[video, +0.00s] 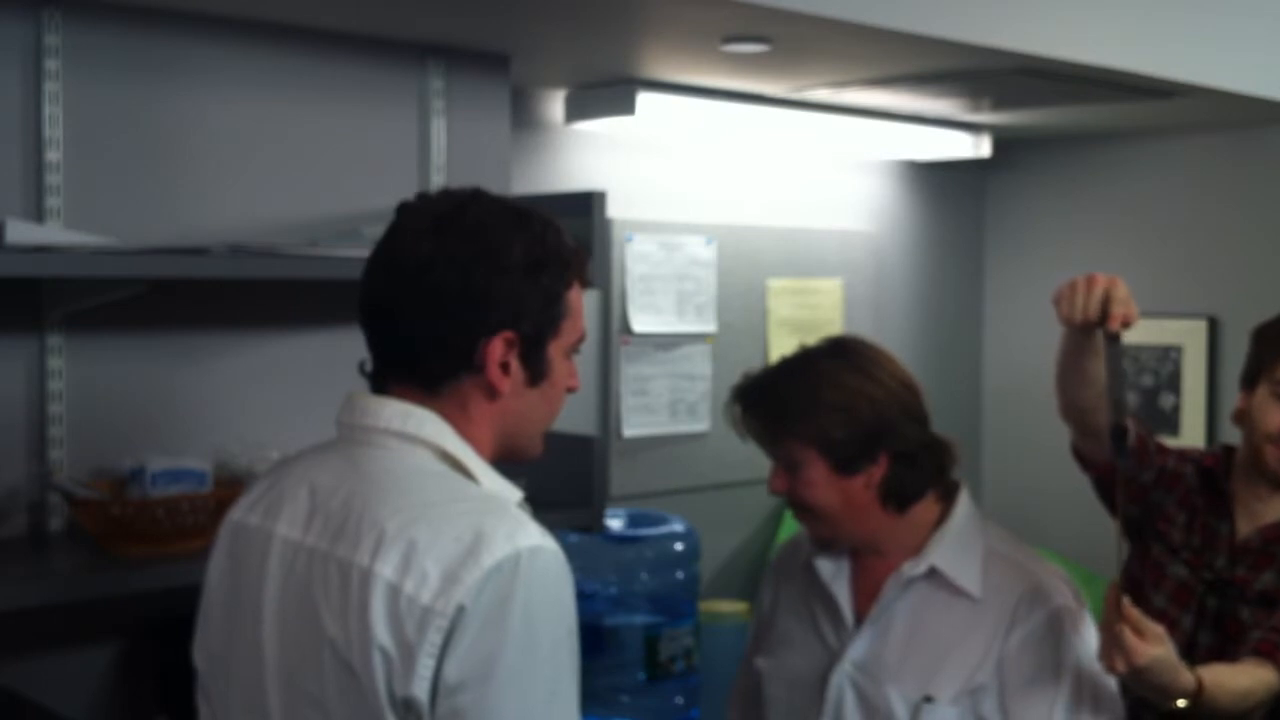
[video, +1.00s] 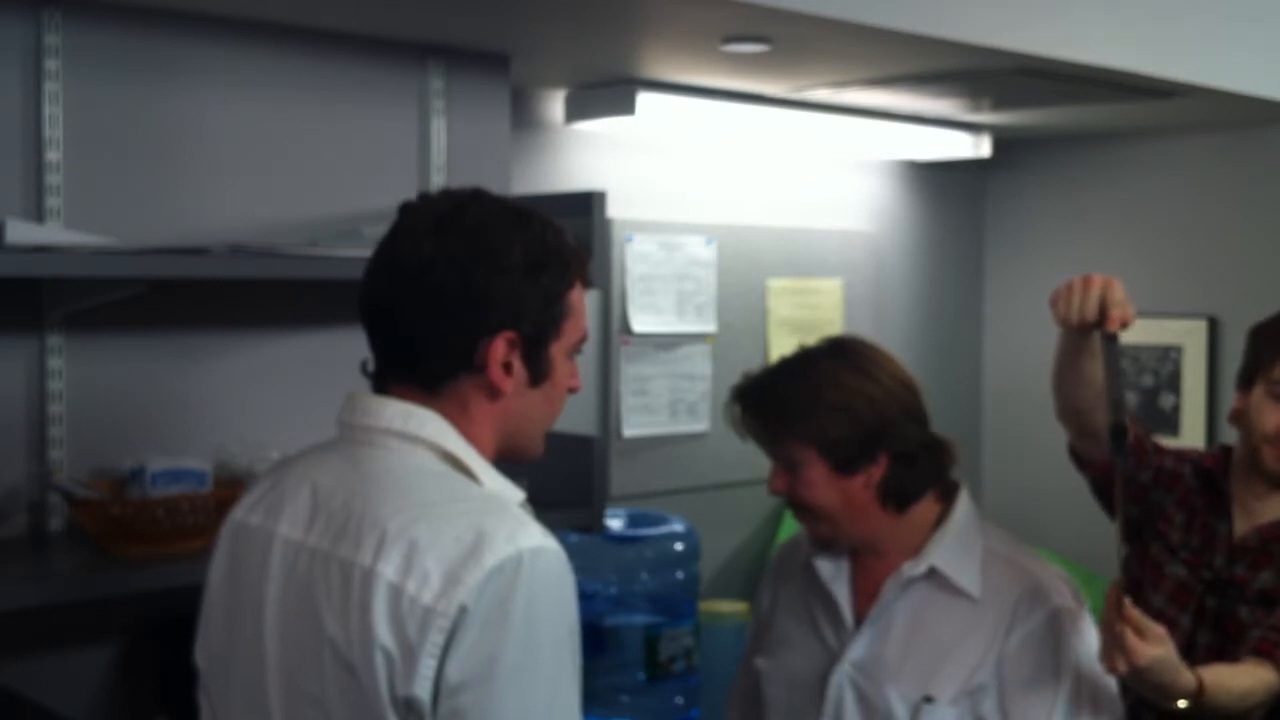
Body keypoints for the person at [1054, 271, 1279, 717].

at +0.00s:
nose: (1278, 418)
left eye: (1279, 397)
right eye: (1275, 394)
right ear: (1243, 401)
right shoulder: (1174, 485)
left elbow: (1267, 674)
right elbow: (1092, 426)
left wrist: (1186, 686)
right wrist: (1086, 330)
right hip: (1128, 704)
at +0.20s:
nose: (1279, 418)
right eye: (1276, 393)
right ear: (1242, 401)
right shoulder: (1172, 485)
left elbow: (1268, 674)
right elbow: (1090, 426)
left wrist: (1186, 686)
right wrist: (1083, 329)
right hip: (1128, 704)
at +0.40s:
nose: (1279, 417)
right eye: (1275, 392)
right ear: (1241, 401)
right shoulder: (1171, 484)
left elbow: (1267, 674)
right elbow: (1089, 427)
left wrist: (1185, 686)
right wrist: (1082, 329)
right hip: (1126, 704)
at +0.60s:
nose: (1279, 419)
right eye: (1276, 394)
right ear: (1241, 402)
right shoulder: (1171, 484)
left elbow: (1268, 674)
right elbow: (1089, 428)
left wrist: (1186, 686)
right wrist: (1083, 329)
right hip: (1129, 705)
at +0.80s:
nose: (1279, 419)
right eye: (1275, 394)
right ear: (1241, 400)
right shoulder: (1169, 485)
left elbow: (1268, 675)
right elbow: (1089, 427)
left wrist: (1186, 686)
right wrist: (1083, 329)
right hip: (1131, 703)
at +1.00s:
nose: (1279, 419)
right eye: (1275, 394)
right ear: (1240, 401)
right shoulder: (1168, 485)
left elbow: (1268, 675)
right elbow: (1089, 427)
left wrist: (1186, 686)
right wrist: (1082, 329)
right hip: (1132, 704)